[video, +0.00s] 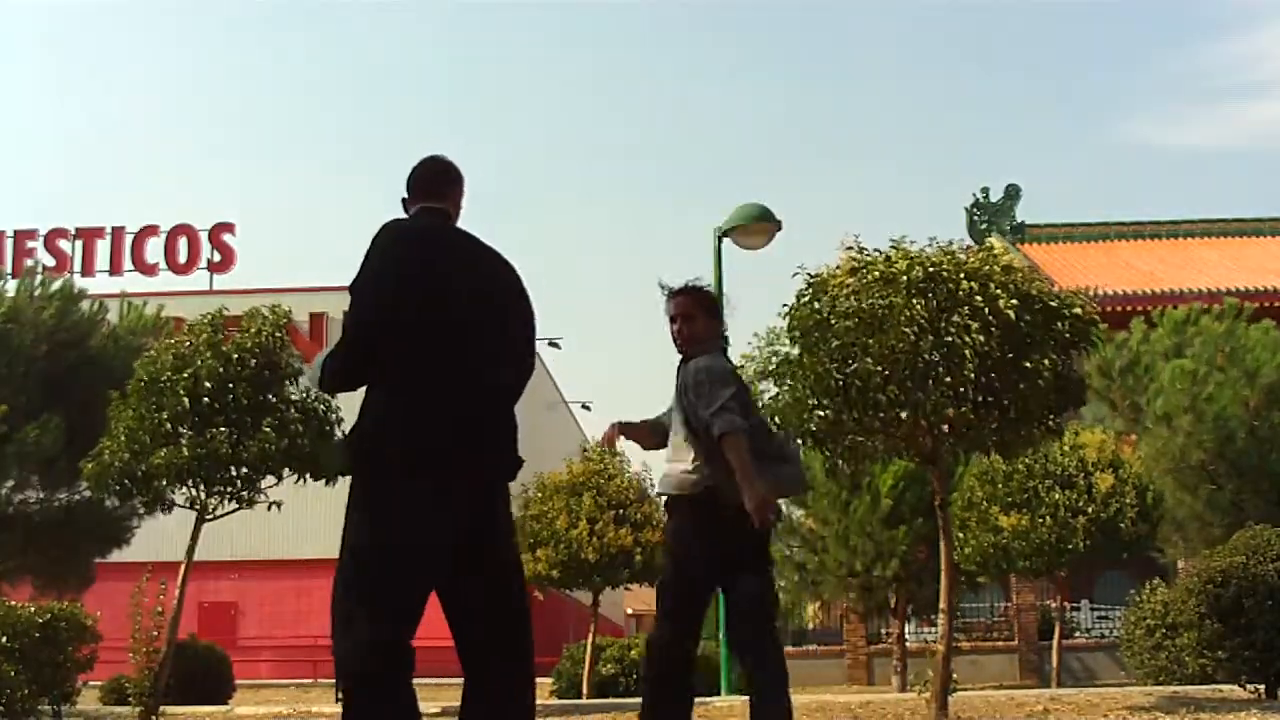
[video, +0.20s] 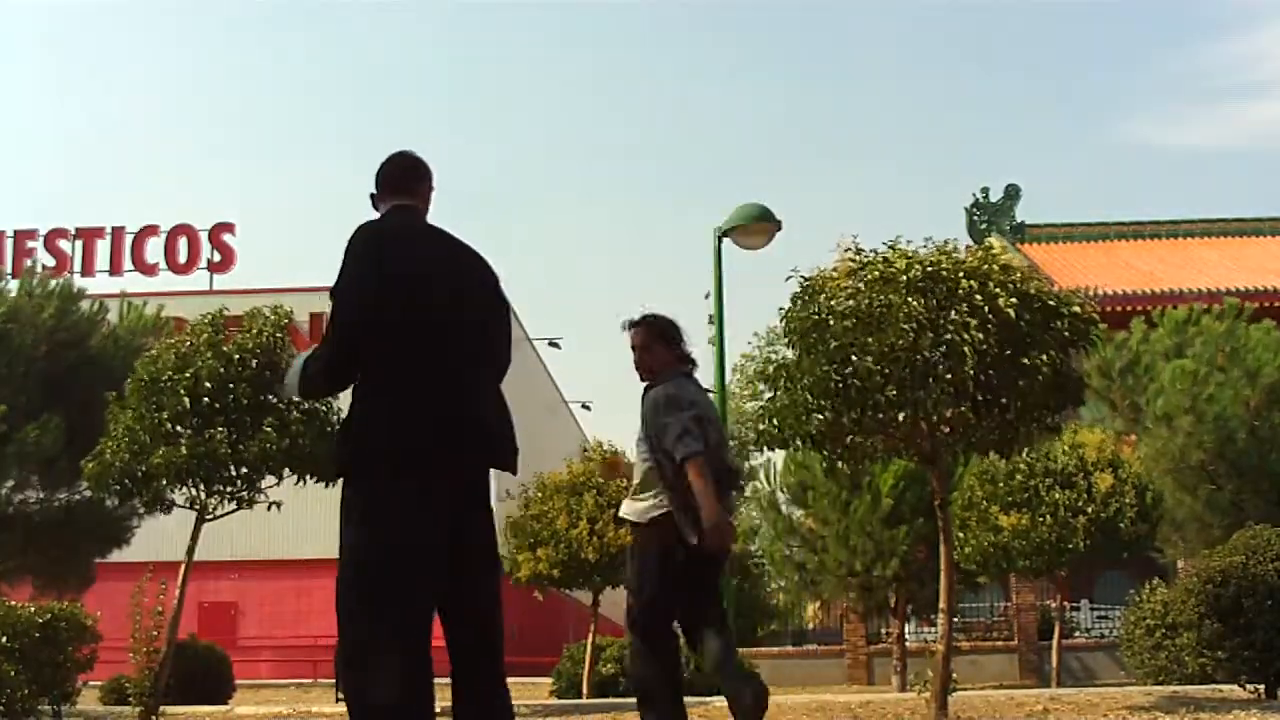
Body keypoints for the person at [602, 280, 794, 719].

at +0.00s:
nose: (677, 329)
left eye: (686, 319)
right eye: (672, 322)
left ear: (716, 324)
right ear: (670, 328)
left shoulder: (705, 368)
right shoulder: (699, 372)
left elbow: (730, 429)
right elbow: (663, 432)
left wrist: (751, 486)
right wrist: (626, 428)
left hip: (701, 512)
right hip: (737, 512)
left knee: (673, 634)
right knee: (756, 634)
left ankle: (661, 713)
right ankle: (773, 713)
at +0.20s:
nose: (635, 361)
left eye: (641, 350)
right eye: (633, 352)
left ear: (670, 350)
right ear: (672, 353)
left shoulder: (666, 394)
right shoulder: (692, 393)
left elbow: (691, 456)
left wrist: (712, 513)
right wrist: (632, 471)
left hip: (659, 528)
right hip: (691, 526)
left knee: (648, 628)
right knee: (702, 619)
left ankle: (661, 712)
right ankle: (744, 691)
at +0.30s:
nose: (617, 362)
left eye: (623, 353)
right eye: (615, 355)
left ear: (651, 352)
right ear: (656, 355)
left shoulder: (649, 396)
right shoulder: (682, 396)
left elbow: (654, 461)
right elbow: (702, 467)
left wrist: (643, 519)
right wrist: (688, 522)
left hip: (656, 526)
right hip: (686, 527)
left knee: (634, 623)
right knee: (675, 623)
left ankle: (656, 710)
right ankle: (712, 700)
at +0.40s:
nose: (605, 368)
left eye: (610, 358)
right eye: (602, 360)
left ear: (636, 356)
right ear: (646, 358)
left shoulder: (633, 397)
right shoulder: (669, 398)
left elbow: (622, 462)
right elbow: (693, 468)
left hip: (644, 529)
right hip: (675, 528)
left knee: (632, 624)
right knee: (646, 622)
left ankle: (655, 709)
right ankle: (666, 707)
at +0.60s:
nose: (573, 394)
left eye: (578, 385)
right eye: (572, 386)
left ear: (602, 383)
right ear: (614, 385)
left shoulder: (605, 423)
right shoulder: (642, 427)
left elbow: (597, 479)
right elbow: (679, 498)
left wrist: (539, 495)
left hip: (616, 547)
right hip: (640, 548)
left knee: (609, 640)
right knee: (620, 638)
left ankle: (653, 708)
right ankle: (633, 708)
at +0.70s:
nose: (557, 396)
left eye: (562, 387)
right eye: (555, 388)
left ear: (585, 384)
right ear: (582, 387)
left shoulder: (600, 420)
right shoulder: (593, 423)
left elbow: (603, 482)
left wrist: (550, 513)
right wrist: (577, 525)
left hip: (611, 548)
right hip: (606, 547)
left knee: (585, 635)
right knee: (605, 635)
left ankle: (638, 706)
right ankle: (632, 707)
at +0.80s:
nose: (544, 389)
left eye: (549, 379)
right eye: (541, 382)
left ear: (572, 377)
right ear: (556, 383)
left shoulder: (593, 419)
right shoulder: (572, 422)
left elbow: (604, 481)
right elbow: (584, 484)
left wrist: (586, 532)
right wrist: (555, 510)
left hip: (604, 543)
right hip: (593, 542)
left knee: (560, 629)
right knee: (605, 635)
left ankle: (584, 709)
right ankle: (630, 710)